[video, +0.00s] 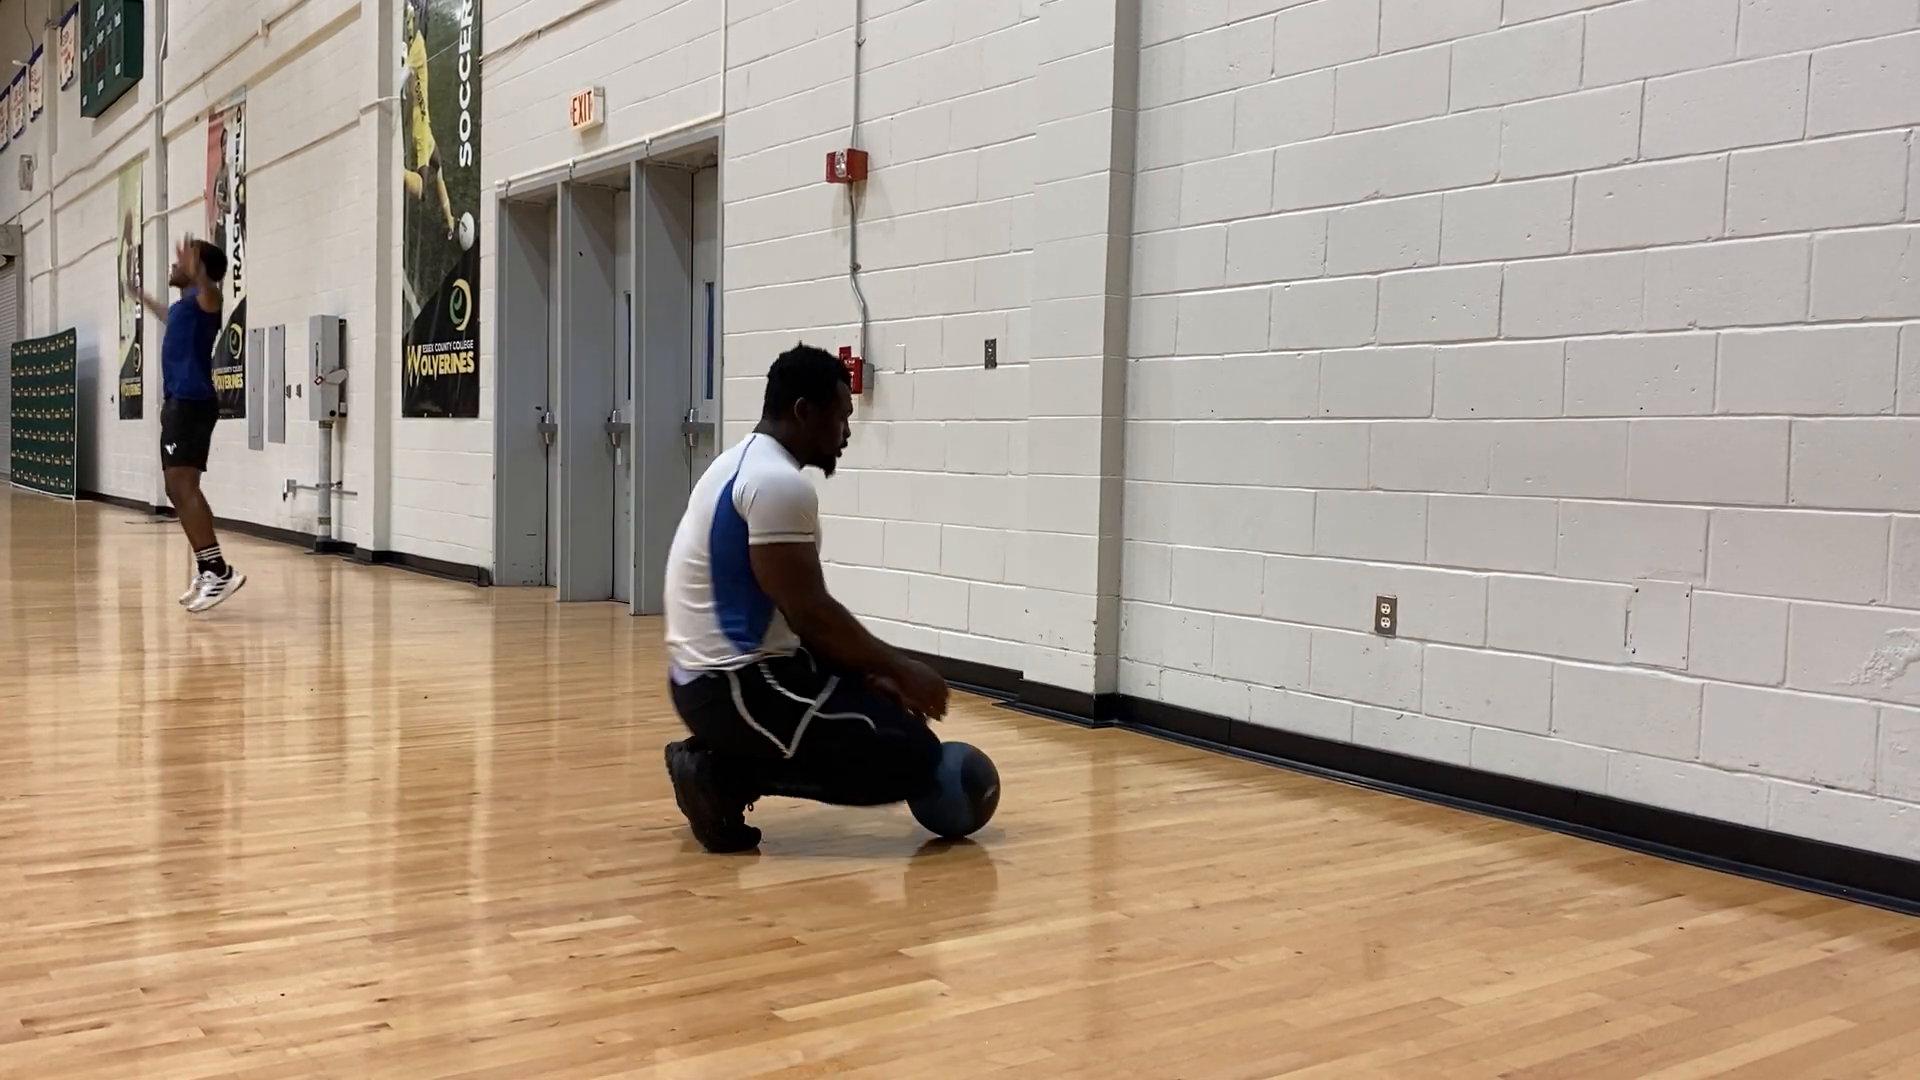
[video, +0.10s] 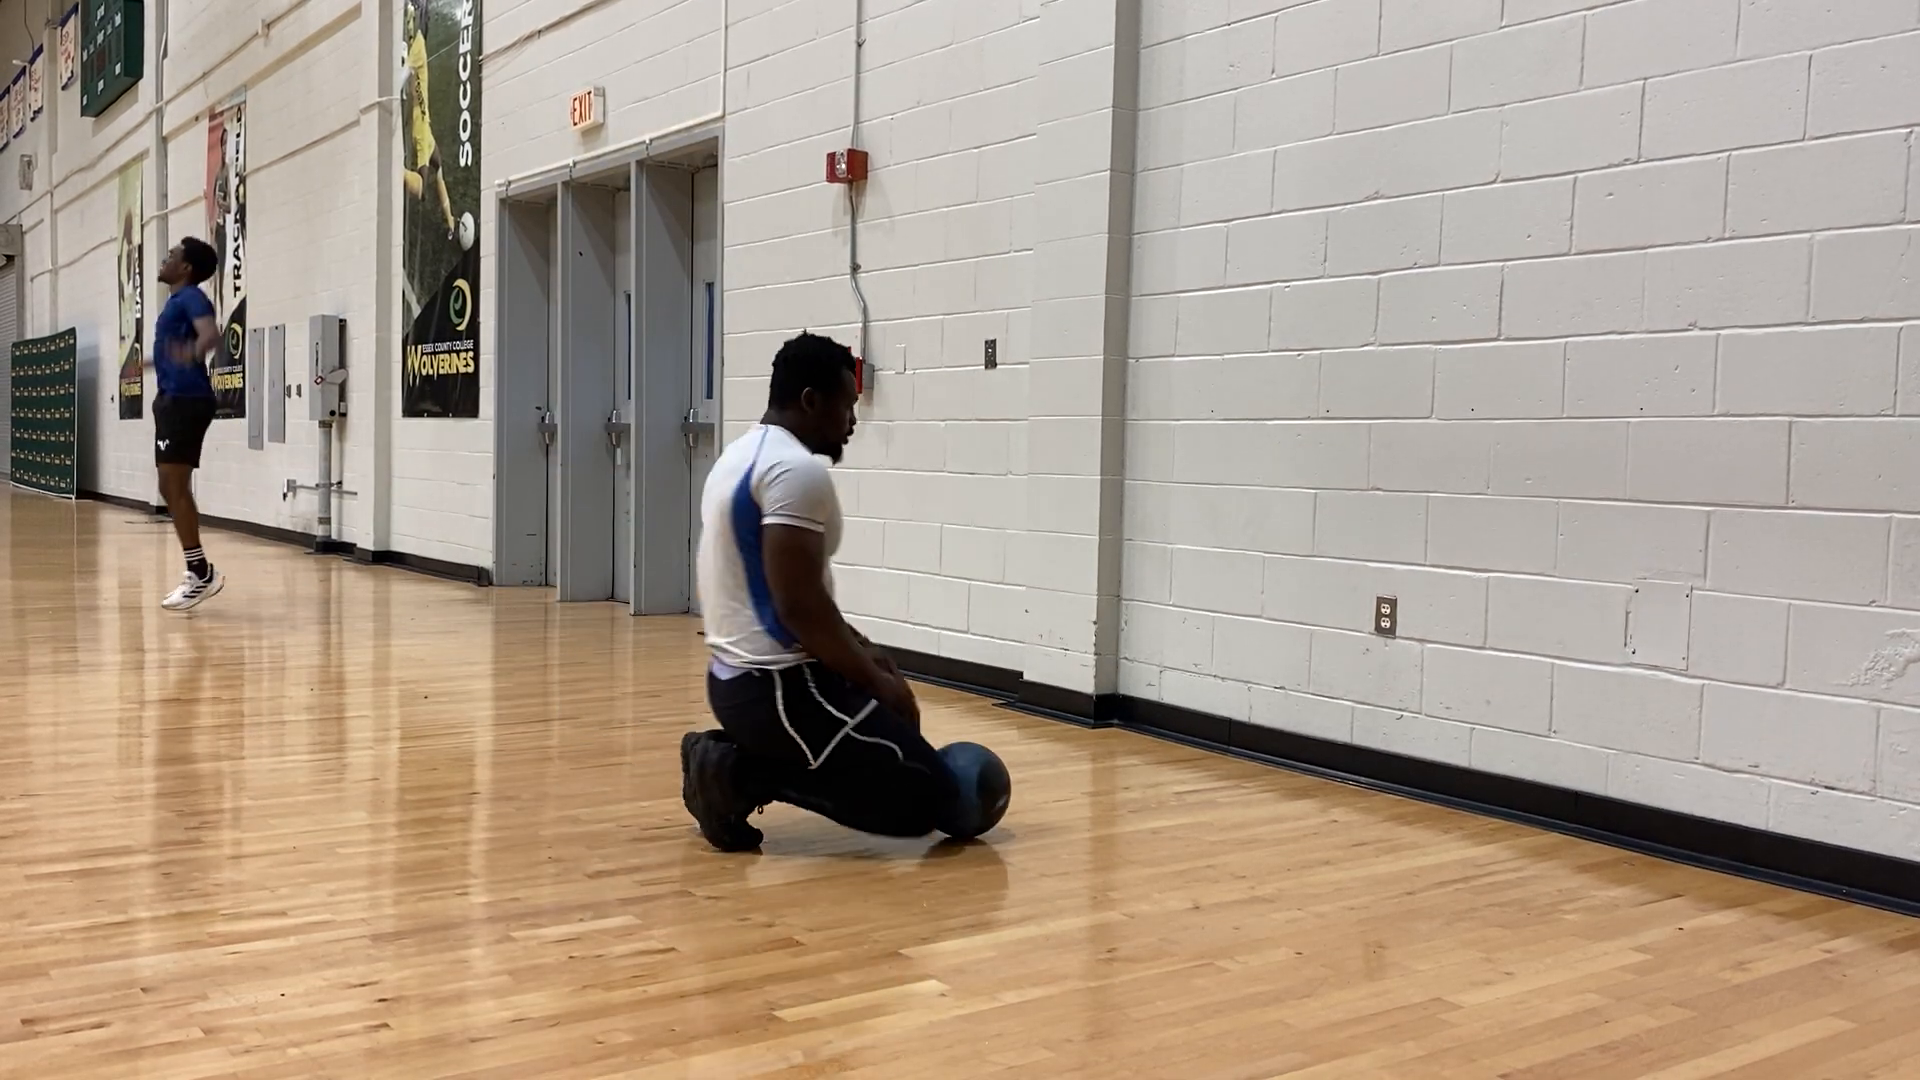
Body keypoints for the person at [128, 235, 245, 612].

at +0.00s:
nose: (173, 265)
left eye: (181, 261)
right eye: (177, 260)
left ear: (198, 271)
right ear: (186, 270)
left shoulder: (206, 301)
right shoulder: (183, 306)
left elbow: (207, 294)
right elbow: (167, 314)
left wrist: (196, 269)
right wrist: (142, 296)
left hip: (193, 403)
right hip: (179, 403)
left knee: (183, 488)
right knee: (177, 489)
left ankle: (219, 572)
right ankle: (206, 571)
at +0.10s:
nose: (165, 260)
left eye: (172, 256)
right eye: (169, 254)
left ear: (186, 268)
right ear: (184, 268)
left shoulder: (191, 297)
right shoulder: (176, 300)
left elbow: (210, 334)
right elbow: (176, 350)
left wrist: (191, 354)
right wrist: (147, 364)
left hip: (187, 402)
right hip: (174, 401)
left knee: (173, 487)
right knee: (173, 487)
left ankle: (199, 573)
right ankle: (199, 572)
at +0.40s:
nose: (147, 267)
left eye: (154, 264)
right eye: (151, 262)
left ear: (169, 275)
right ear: (166, 275)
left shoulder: (174, 308)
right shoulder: (157, 313)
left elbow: (179, 357)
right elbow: (151, 368)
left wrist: (135, 379)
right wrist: (118, 389)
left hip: (163, 413)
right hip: (149, 413)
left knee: (151, 496)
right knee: (148, 497)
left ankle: (185, 582)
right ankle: (186, 579)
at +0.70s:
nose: (117, 292)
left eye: (127, 287)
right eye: (121, 286)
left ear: (143, 297)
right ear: (131, 295)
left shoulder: (143, 324)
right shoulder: (134, 325)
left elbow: (134, 275)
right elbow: (130, 274)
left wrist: (133, 228)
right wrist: (131, 229)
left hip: (149, 432)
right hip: (140, 431)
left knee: (121, 514)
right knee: (120, 514)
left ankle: (167, 589)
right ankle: (164, 587)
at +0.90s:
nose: (109, 265)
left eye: (116, 260)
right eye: (110, 259)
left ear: (134, 268)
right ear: (122, 264)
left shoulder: (138, 297)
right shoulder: (114, 300)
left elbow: (131, 271)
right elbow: (94, 285)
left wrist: (107, 239)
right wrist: (71, 254)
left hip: (123, 401)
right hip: (111, 400)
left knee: (112, 489)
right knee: (109, 489)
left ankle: (148, 573)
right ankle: (148, 568)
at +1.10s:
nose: (84, 273)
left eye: (91, 269)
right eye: (88, 268)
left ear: (105, 281)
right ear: (104, 281)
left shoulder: (111, 314)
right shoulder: (96, 317)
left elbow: (128, 367)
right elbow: (97, 379)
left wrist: (105, 402)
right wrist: (71, 406)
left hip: (113, 416)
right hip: (98, 416)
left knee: (81, 503)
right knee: (80, 504)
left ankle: (117, 589)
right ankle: (115, 587)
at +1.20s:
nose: (72, 289)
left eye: (80, 284)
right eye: (76, 283)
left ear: (96, 295)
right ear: (94, 296)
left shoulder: (102, 333)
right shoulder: (87, 334)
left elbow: (120, 392)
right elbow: (93, 399)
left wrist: (94, 435)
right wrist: (68, 432)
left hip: (107, 436)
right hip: (93, 435)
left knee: (68, 516)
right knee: (65, 516)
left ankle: (117, 594)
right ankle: (115, 591)